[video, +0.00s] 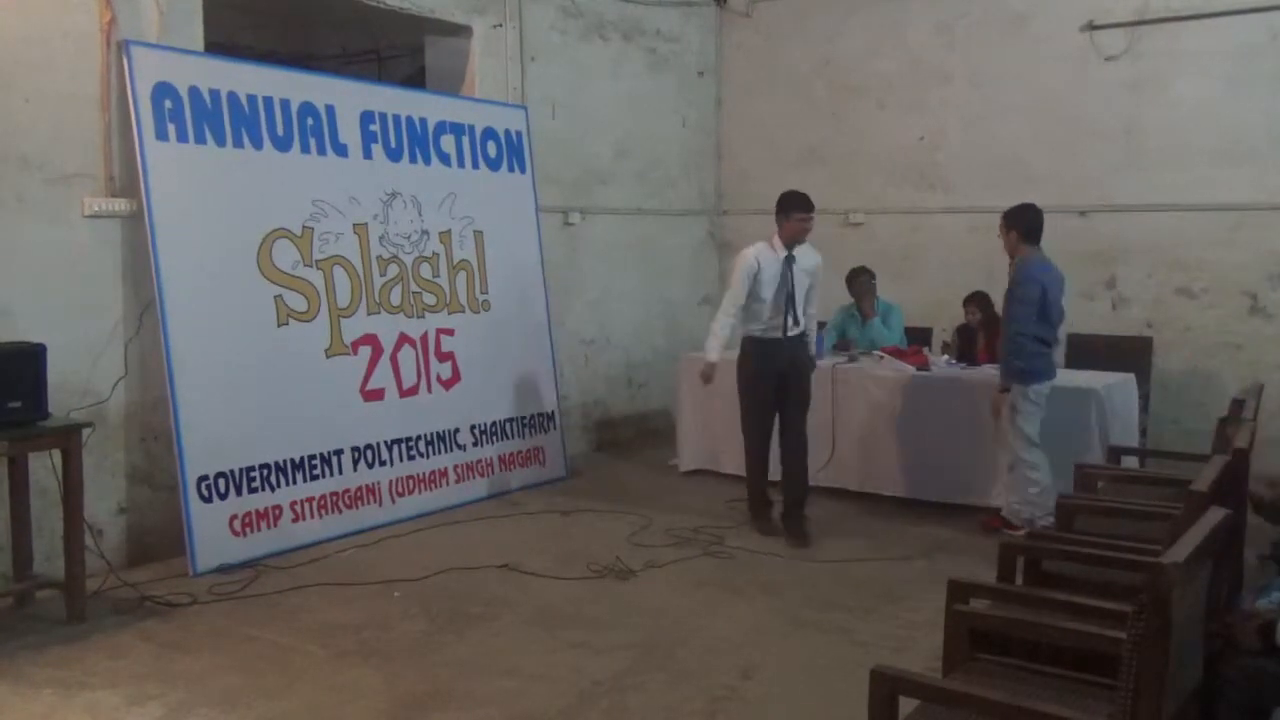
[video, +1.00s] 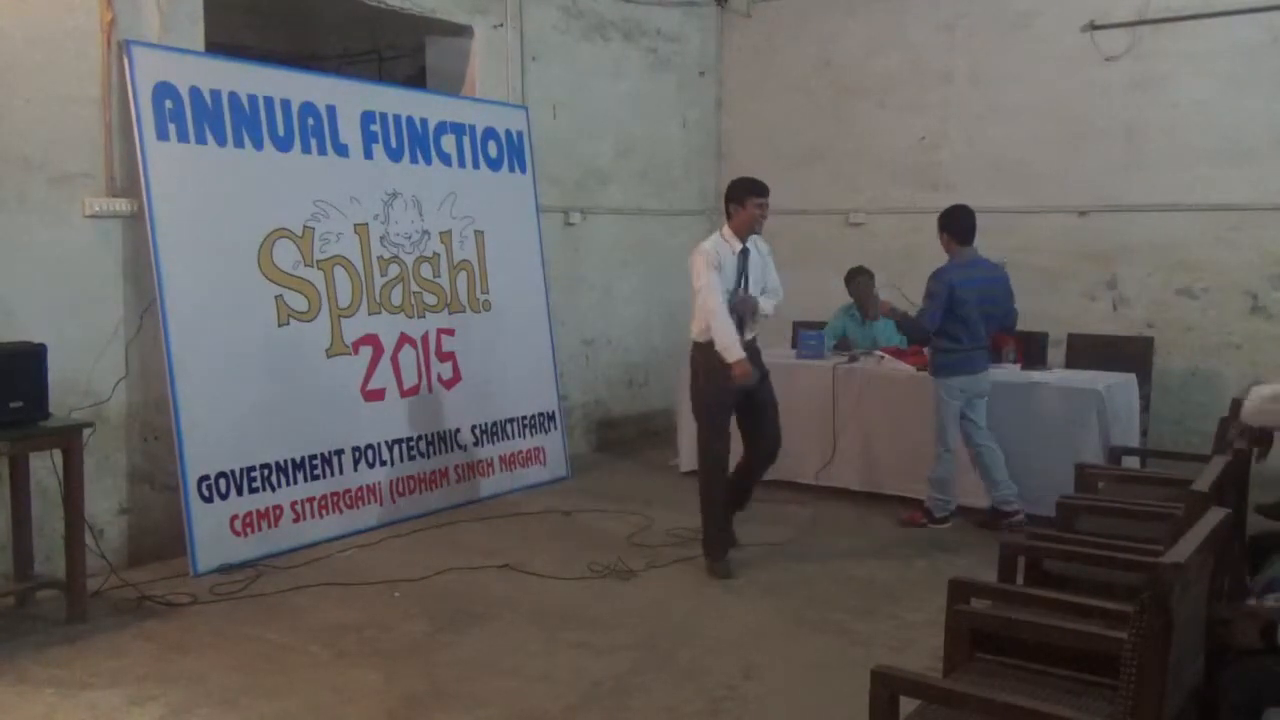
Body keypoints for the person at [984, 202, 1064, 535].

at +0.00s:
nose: (1002, 241)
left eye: (1003, 234)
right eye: (1002, 233)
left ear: (1015, 234)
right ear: (1035, 233)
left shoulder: (1025, 273)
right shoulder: (1050, 270)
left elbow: (1014, 332)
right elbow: (1053, 322)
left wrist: (1004, 382)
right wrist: (1036, 351)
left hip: (1026, 373)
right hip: (1039, 370)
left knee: (1023, 446)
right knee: (1021, 445)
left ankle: (1038, 514)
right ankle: (1017, 511)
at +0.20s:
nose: (995, 240)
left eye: (997, 233)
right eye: (996, 233)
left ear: (1007, 234)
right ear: (1028, 232)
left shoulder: (1013, 274)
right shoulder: (1047, 272)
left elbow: (1002, 331)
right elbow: (1054, 319)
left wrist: (983, 374)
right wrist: (1029, 342)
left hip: (1012, 373)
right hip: (1035, 372)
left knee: (1005, 446)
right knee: (1025, 445)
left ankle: (1015, 517)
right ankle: (1023, 513)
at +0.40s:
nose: (989, 240)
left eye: (990, 233)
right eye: (990, 233)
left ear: (999, 234)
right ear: (1022, 232)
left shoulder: (1002, 272)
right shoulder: (1042, 272)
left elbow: (990, 325)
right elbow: (1053, 321)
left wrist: (976, 351)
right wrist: (1025, 340)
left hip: (1004, 375)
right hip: (1031, 373)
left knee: (984, 443)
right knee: (1022, 449)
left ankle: (977, 511)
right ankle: (1018, 516)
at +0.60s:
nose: (976, 240)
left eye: (977, 234)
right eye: (977, 233)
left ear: (985, 236)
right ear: (1010, 233)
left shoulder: (986, 274)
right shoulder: (1033, 274)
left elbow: (967, 324)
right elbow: (1046, 322)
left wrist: (940, 331)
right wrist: (1025, 350)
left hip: (990, 377)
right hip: (1021, 374)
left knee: (969, 444)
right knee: (1017, 451)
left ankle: (946, 507)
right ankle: (1017, 516)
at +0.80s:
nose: (959, 242)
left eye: (960, 236)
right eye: (960, 236)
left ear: (968, 237)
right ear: (992, 235)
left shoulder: (965, 277)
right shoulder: (1015, 274)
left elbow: (940, 325)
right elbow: (1028, 323)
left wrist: (909, 320)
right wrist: (995, 321)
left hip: (969, 376)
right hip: (1000, 373)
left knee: (952, 445)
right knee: (1002, 447)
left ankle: (939, 509)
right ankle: (1015, 513)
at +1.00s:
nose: (940, 240)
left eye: (940, 235)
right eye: (941, 234)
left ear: (945, 237)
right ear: (973, 233)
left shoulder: (944, 277)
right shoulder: (995, 273)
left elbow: (923, 329)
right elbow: (1008, 323)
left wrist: (894, 314)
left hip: (950, 374)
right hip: (979, 370)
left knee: (945, 443)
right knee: (980, 437)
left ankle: (939, 508)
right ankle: (1008, 505)